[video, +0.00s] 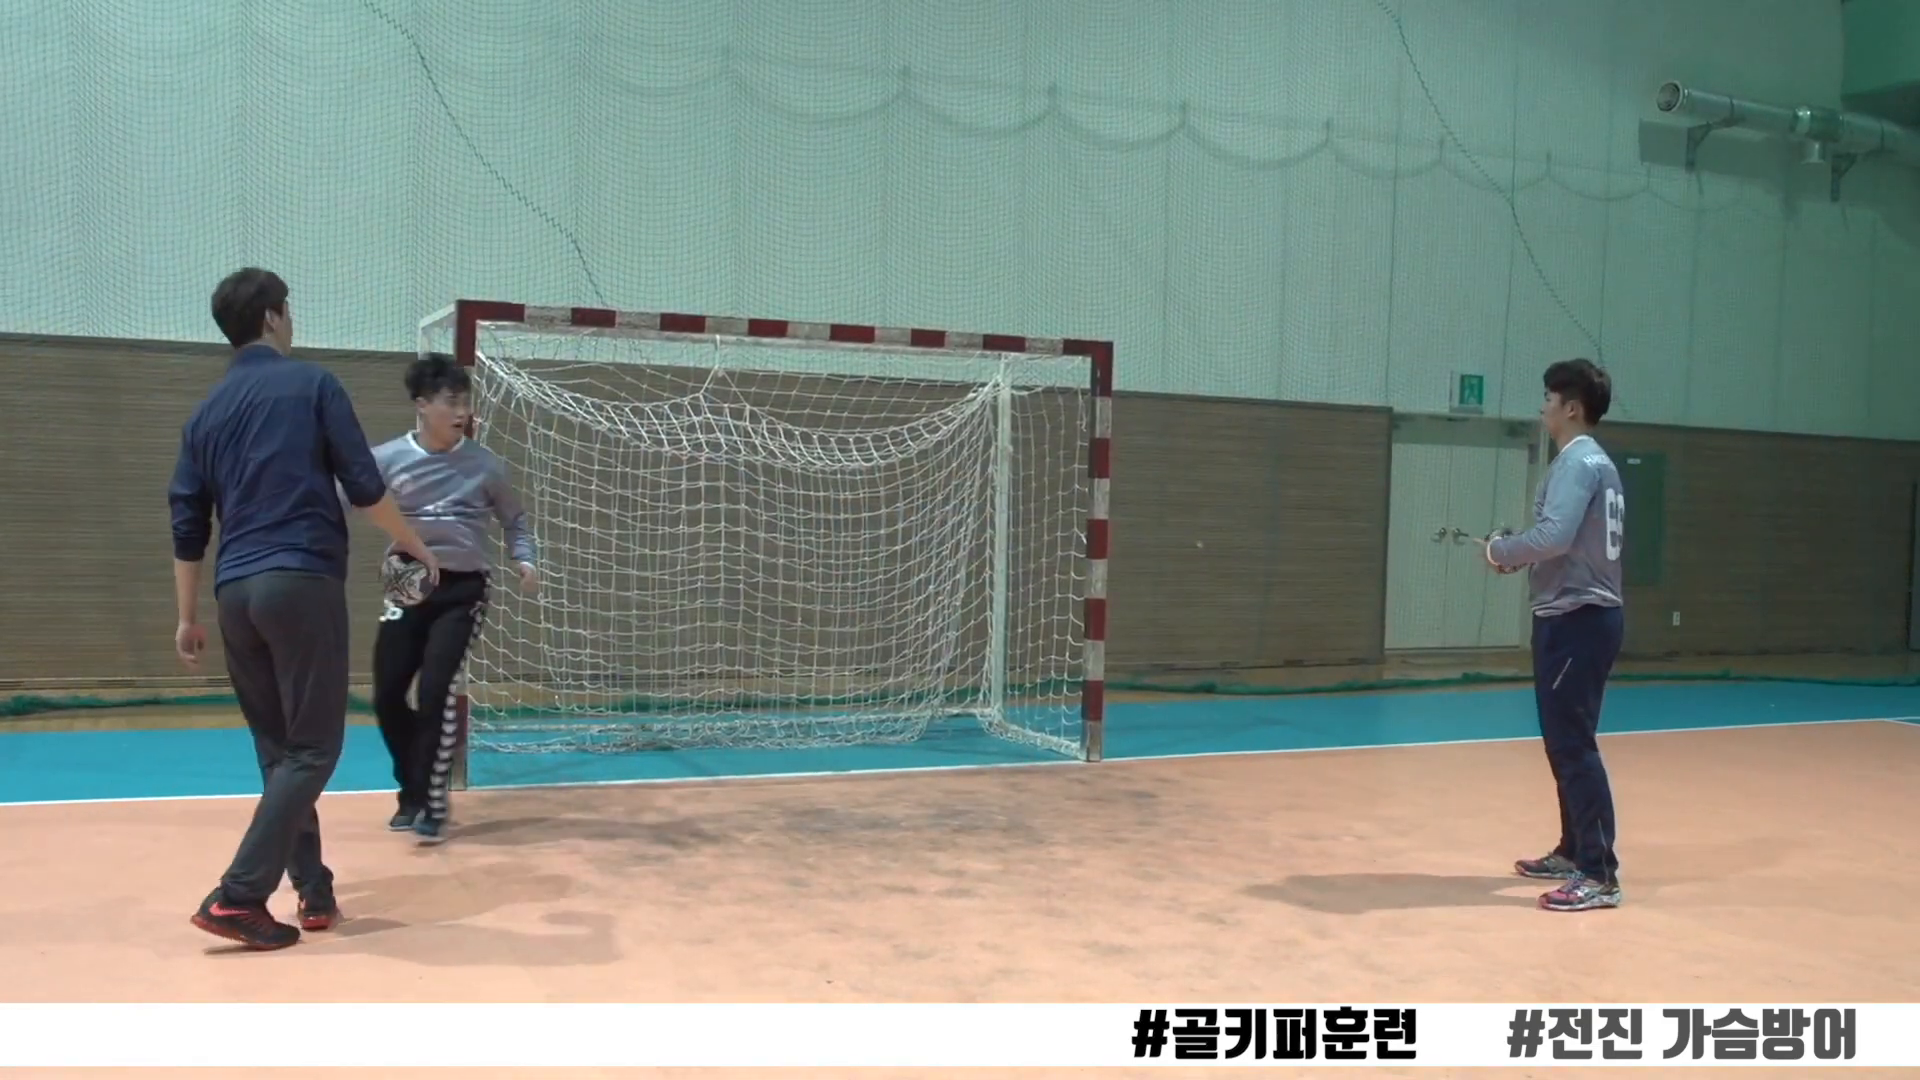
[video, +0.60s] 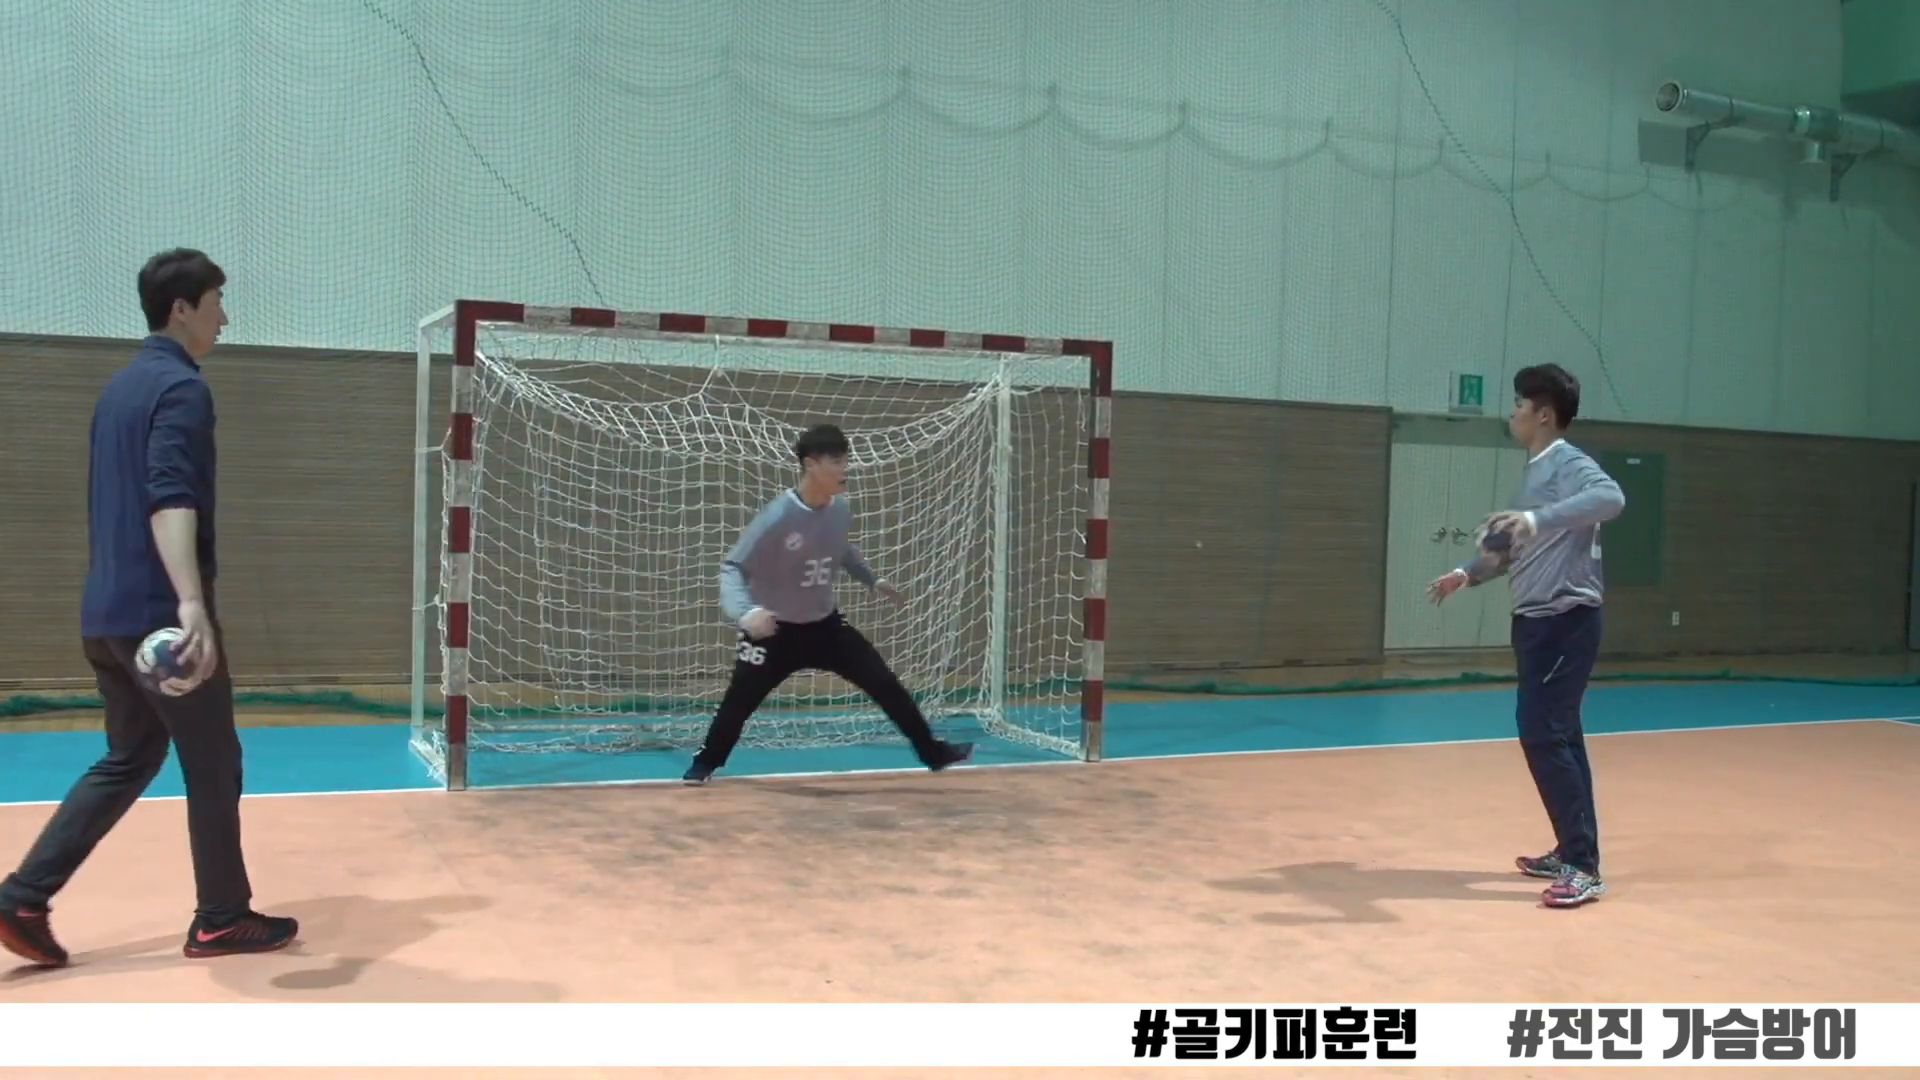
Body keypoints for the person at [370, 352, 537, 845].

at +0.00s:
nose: (462, 410)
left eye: (465, 400)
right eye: (451, 401)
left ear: (470, 404)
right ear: (420, 406)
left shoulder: (485, 467)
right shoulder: (386, 460)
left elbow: (516, 521)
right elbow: (338, 497)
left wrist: (525, 559)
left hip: (462, 590)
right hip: (407, 590)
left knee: (433, 692)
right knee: (387, 696)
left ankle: (432, 804)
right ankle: (412, 793)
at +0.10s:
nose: (515, 429)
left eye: (517, 420)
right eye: (503, 420)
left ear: (519, 426)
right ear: (473, 425)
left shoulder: (534, 485)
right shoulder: (443, 487)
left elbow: (566, 531)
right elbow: (394, 535)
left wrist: (601, 550)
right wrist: (351, 561)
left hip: (517, 612)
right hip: (461, 608)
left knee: (520, 699)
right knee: (429, 701)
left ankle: (565, 779)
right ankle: (429, 802)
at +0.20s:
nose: (578, 426)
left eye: (579, 417)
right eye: (567, 418)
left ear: (581, 422)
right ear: (539, 424)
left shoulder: (603, 482)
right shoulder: (510, 487)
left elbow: (636, 509)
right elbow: (467, 532)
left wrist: (674, 503)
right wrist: (418, 543)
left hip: (580, 617)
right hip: (521, 614)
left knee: (609, 709)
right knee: (465, 703)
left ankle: (639, 777)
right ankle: (428, 799)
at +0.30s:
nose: (646, 423)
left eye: (647, 413)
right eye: (635, 415)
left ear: (649, 416)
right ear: (609, 420)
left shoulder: (666, 469)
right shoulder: (582, 478)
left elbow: (696, 488)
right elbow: (528, 513)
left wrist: (720, 491)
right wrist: (484, 537)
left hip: (650, 601)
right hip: (595, 600)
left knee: (658, 695)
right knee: (555, 688)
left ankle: (642, 776)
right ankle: (528, 783)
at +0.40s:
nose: (716, 422)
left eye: (718, 413)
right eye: (706, 414)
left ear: (718, 417)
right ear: (680, 418)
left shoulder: (725, 471)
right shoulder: (645, 476)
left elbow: (747, 506)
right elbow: (591, 523)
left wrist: (775, 529)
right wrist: (554, 569)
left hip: (710, 591)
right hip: (658, 592)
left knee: (731, 676)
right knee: (646, 673)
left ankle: (694, 750)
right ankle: (651, 749)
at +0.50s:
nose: (781, 447)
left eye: (782, 438)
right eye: (772, 438)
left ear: (784, 441)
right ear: (745, 442)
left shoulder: (782, 493)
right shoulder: (706, 496)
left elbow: (791, 543)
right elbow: (657, 545)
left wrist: (822, 576)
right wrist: (637, 597)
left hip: (766, 607)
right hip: (711, 612)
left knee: (808, 680)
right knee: (710, 701)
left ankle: (811, 749)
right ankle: (706, 759)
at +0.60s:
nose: (844, 469)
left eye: (845, 460)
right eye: (837, 460)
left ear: (843, 464)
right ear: (810, 464)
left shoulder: (840, 511)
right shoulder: (778, 515)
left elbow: (841, 552)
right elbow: (732, 569)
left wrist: (873, 581)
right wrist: (744, 611)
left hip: (825, 631)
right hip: (772, 634)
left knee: (884, 684)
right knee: (736, 706)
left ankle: (931, 751)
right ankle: (704, 766)